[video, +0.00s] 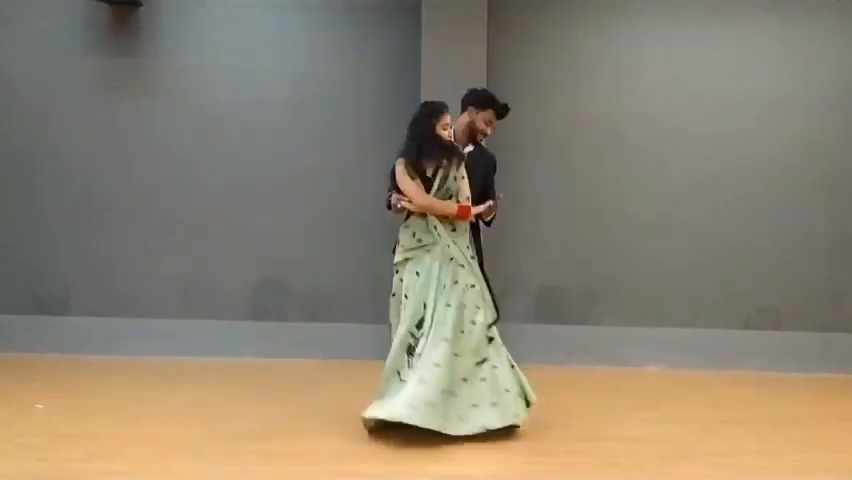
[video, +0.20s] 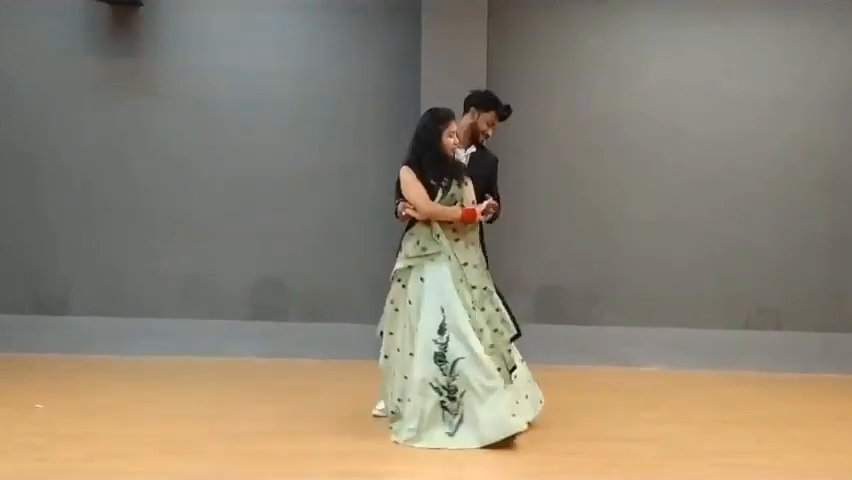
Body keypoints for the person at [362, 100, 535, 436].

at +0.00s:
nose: (451, 132)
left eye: (452, 126)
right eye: (445, 126)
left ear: (452, 129)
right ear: (427, 128)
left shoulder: (457, 163)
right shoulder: (404, 165)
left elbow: (465, 210)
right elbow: (421, 202)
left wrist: (420, 206)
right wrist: (464, 209)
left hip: (456, 253)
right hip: (419, 254)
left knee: (461, 327)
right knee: (424, 328)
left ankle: (464, 406)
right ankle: (422, 404)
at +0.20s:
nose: (457, 142)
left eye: (457, 135)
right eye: (450, 135)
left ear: (459, 139)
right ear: (431, 137)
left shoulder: (463, 178)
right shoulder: (410, 173)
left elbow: (469, 218)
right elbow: (425, 210)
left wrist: (426, 215)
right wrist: (468, 213)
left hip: (464, 268)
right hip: (427, 268)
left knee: (469, 340)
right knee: (432, 340)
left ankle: (482, 415)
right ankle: (430, 416)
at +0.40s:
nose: (472, 126)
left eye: (472, 120)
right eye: (466, 120)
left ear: (471, 126)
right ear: (447, 124)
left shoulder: (483, 165)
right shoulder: (430, 164)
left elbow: (486, 203)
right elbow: (460, 189)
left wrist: (450, 199)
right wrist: (497, 183)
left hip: (483, 256)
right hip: (446, 257)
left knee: (488, 334)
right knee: (448, 334)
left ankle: (489, 413)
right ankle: (446, 413)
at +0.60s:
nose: (517, 125)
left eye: (515, 120)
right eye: (510, 120)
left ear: (507, 128)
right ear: (491, 125)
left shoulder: (526, 168)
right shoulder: (472, 160)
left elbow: (527, 205)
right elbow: (491, 185)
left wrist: (487, 200)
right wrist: (544, 186)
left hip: (509, 256)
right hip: (469, 253)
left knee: (504, 332)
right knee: (463, 330)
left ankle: (502, 412)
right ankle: (457, 411)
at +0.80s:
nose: (565, 163)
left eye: (572, 163)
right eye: (564, 153)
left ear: (573, 169)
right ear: (545, 144)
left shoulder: (553, 192)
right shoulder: (510, 160)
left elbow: (545, 239)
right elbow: (475, 184)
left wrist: (573, 249)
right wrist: (482, 206)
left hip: (512, 261)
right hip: (470, 247)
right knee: (432, 316)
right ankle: (393, 385)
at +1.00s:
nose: (575, 179)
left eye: (579, 175)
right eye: (571, 171)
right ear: (555, 166)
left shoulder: (557, 211)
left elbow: (545, 257)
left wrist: (550, 275)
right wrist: (549, 273)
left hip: (521, 275)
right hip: (488, 266)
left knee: (525, 341)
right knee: (495, 337)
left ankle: (515, 409)